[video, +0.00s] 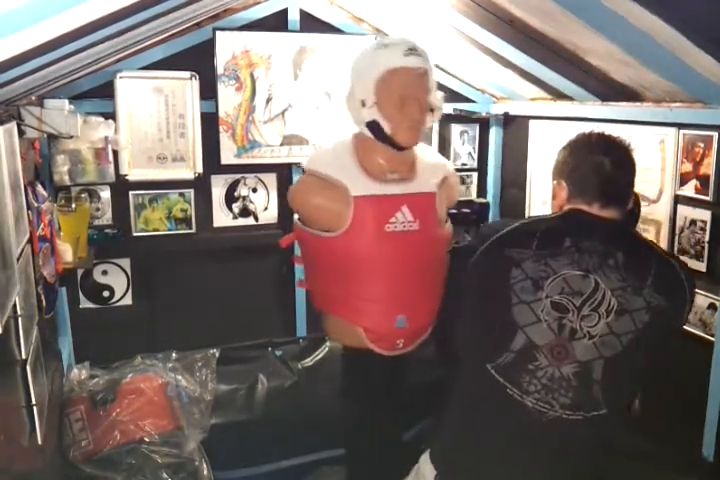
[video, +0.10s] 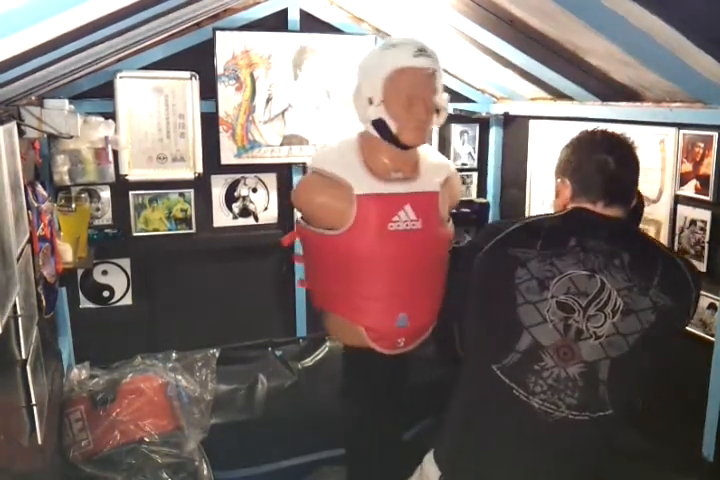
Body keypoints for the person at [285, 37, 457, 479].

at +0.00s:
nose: (417, 113)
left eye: (424, 102)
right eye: (403, 100)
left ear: (433, 106)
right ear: (365, 102)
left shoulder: (442, 179)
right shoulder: (323, 181)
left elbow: (442, 255)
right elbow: (321, 276)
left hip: (426, 351)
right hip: (360, 360)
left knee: (420, 458)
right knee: (372, 467)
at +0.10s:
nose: (427, 110)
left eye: (432, 99)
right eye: (412, 98)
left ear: (439, 103)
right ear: (372, 101)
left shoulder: (444, 178)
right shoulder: (327, 179)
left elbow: (444, 255)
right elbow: (322, 275)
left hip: (427, 351)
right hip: (362, 360)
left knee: (421, 458)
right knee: (373, 467)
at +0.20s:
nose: (414, 111)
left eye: (419, 100)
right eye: (400, 99)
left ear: (427, 105)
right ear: (362, 101)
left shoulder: (437, 176)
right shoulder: (324, 178)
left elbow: (439, 250)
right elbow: (321, 272)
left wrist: (422, 309)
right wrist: (361, 324)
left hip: (424, 343)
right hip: (361, 353)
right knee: (371, 457)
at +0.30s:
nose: (413, 112)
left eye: (419, 101)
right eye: (399, 99)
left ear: (427, 105)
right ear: (361, 103)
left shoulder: (437, 175)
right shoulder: (324, 178)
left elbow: (439, 246)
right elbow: (320, 268)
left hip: (426, 343)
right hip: (362, 353)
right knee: (371, 459)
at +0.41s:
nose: (419, 112)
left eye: (425, 100)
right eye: (405, 99)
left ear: (433, 105)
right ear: (365, 102)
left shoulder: (440, 177)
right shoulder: (325, 181)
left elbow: (443, 256)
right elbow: (319, 276)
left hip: (428, 349)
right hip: (362, 359)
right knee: (373, 465)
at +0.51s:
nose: (417, 111)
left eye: (422, 100)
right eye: (402, 98)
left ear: (430, 105)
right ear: (363, 101)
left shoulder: (439, 176)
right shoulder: (324, 178)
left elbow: (440, 255)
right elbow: (320, 270)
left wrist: (424, 310)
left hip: (428, 347)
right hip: (362, 356)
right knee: (372, 464)